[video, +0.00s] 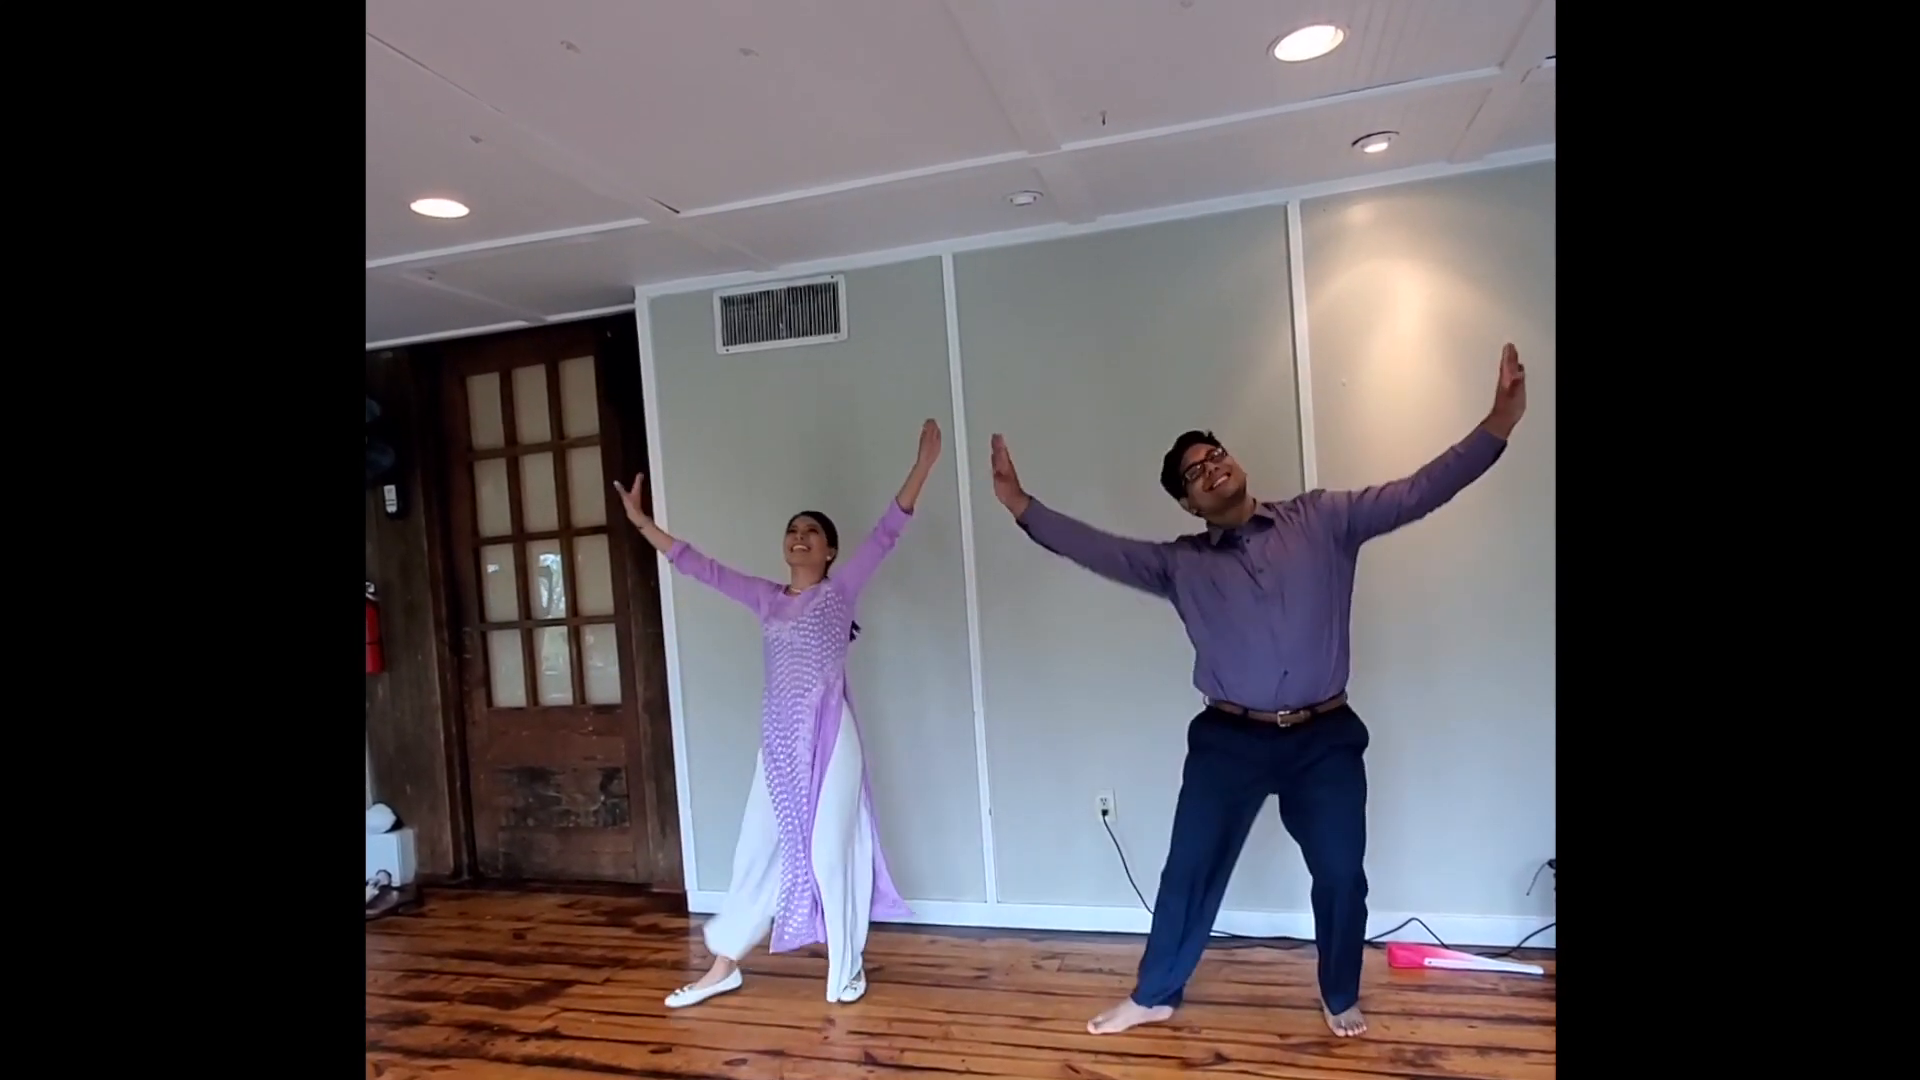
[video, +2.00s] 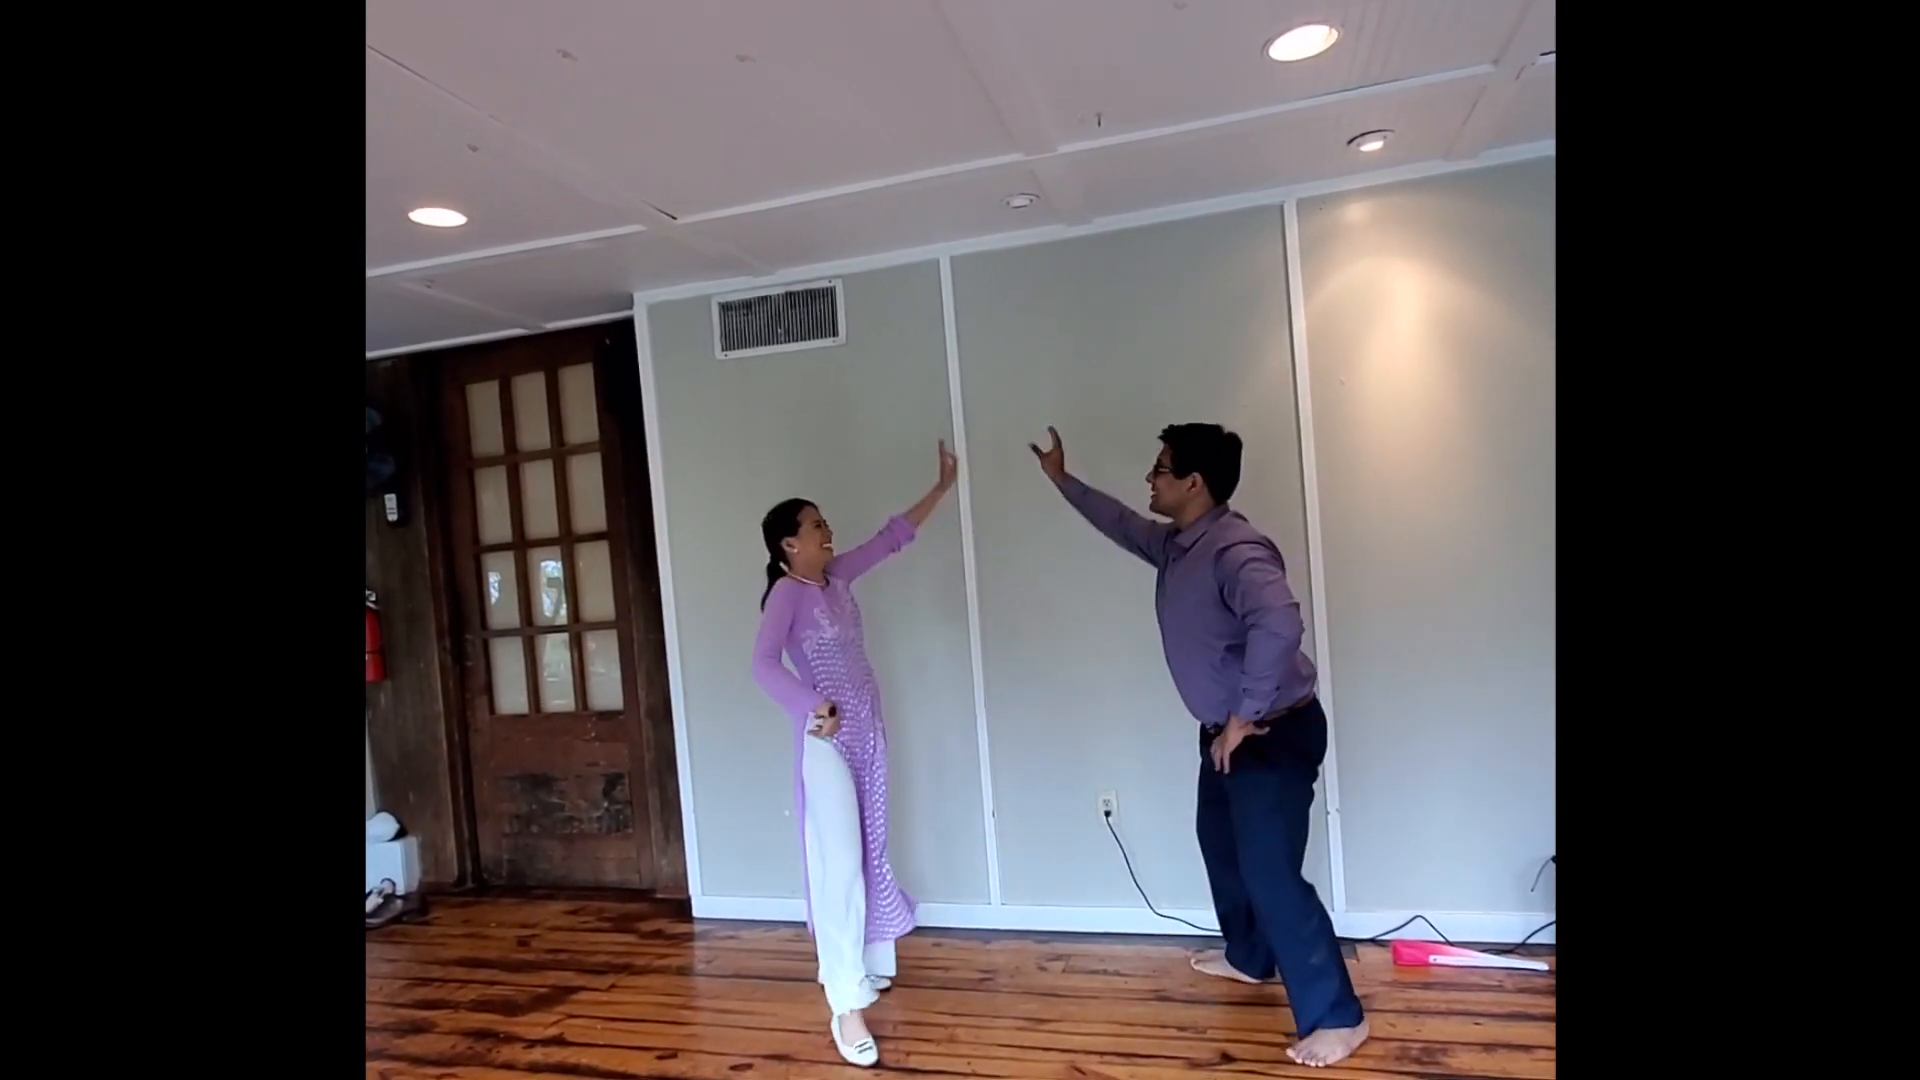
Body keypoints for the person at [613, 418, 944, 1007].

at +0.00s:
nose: (799, 540)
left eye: (810, 534)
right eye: (792, 534)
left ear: (830, 550)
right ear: (783, 549)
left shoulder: (838, 590)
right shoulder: (769, 598)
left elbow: (887, 532)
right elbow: (702, 566)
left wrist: (921, 468)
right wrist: (642, 521)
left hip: (831, 735)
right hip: (779, 738)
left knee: (832, 849)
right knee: (756, 849)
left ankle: (846, 963)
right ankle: (724, 966)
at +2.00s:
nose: (828, 532)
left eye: (825, 525)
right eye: (817, 527)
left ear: (815, 541)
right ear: (789, 544)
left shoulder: (838, 578)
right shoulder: (787, 594)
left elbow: (892, 536)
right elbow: (765, 665)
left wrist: (942, 485)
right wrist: (810, 707)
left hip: (865, 733)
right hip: (827, 740)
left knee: (867, 851)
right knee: (840, 861)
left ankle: (864, 962)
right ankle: (845, 1002)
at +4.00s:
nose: (985, 536)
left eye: (981, 528)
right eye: (975, 530)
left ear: (954, 544)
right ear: (946, 543)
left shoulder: (987, 602)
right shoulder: (914, 604)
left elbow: (1017, 663)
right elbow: (867, 673)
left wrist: (1086, 665)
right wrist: (906, 722)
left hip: (986, 733)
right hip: (935, 738)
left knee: (1001, 831)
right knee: (945, 833)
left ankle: (1004, 938)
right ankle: (947, 915)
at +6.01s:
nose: (856, 545)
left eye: (864, 534)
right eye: (843, 537)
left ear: (878, 541)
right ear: (826, 549)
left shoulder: (907, 606)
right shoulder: (809, 615)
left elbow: (939, 679)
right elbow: (786, 686)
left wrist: (932, 714)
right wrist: (795, 729)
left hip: (897, 760)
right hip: (841, 765)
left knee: (901, 877)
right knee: (860, 882)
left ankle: (894, 994)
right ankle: (876, 1009)